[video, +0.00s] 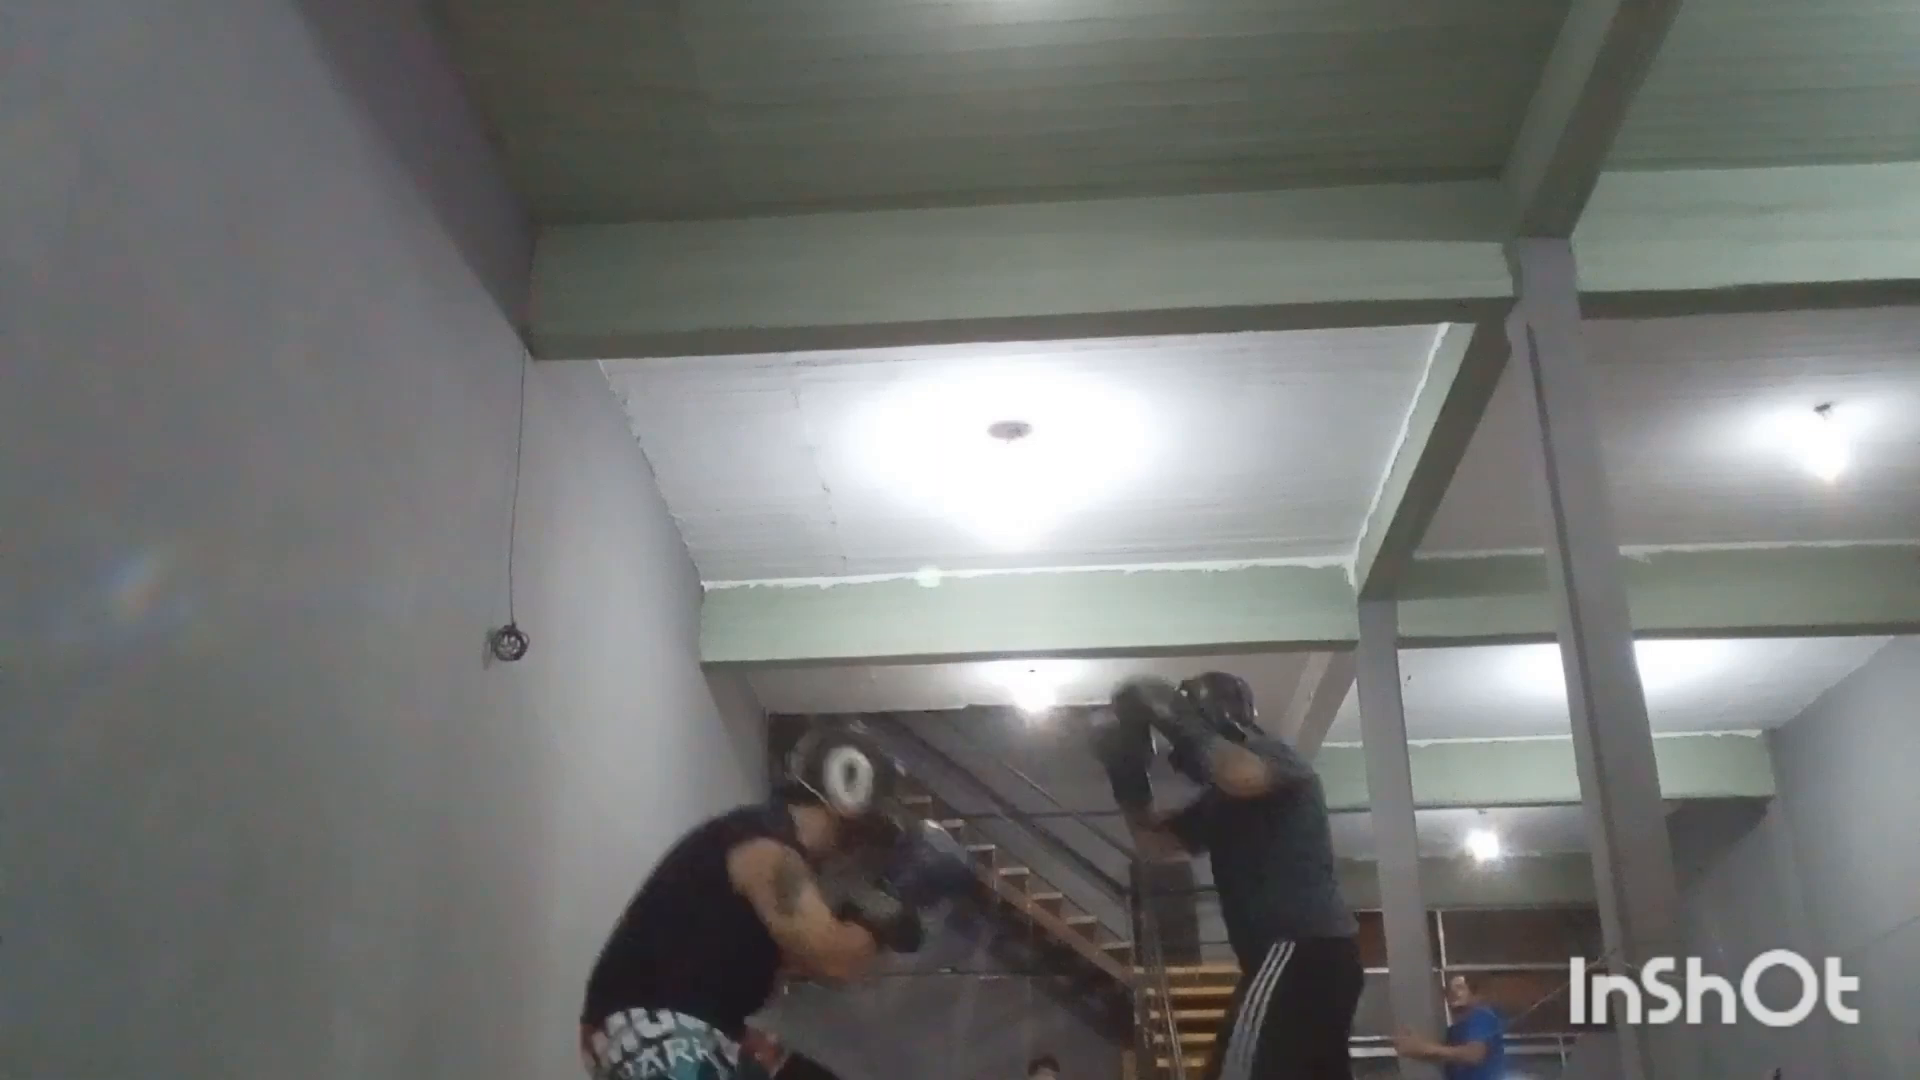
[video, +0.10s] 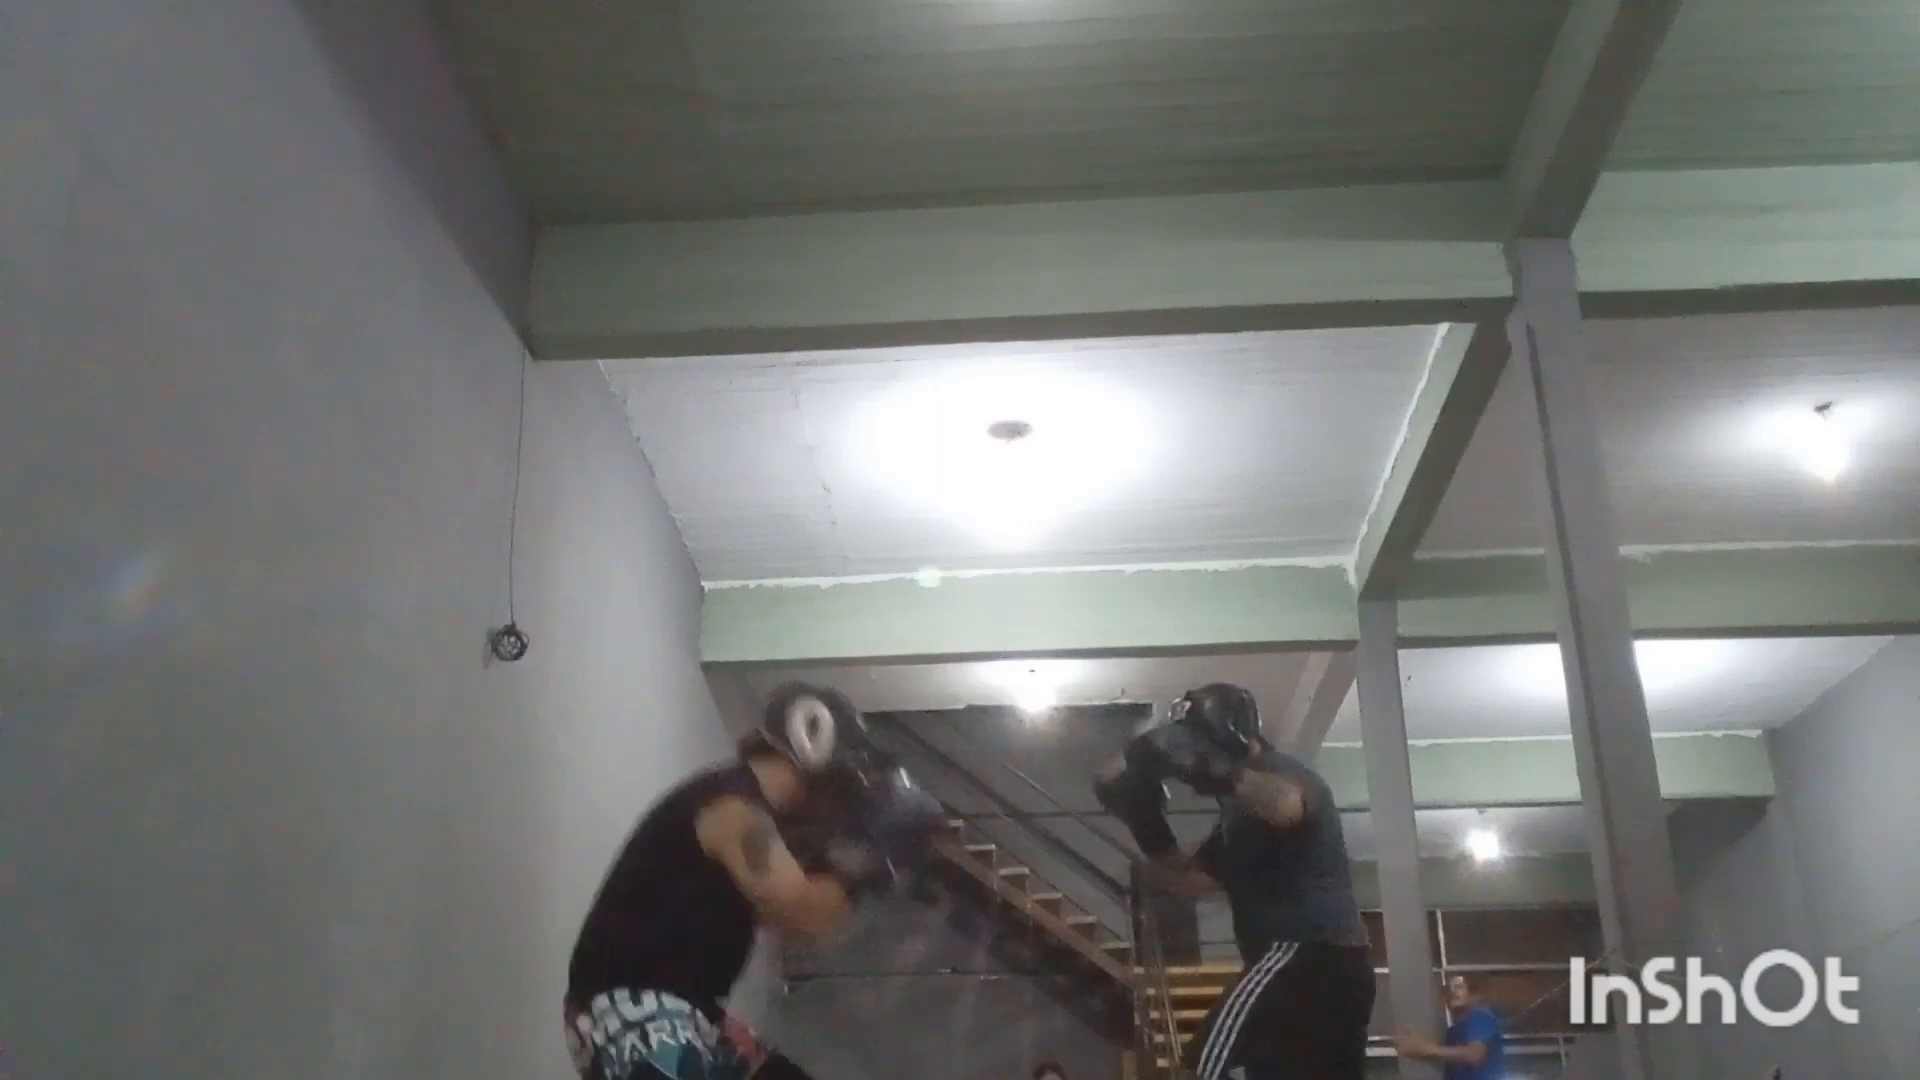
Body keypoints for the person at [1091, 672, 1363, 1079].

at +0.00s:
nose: (1179, 729)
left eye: (1187, 718)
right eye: (1180, 721)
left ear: (1211, 716)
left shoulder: (1277, 756)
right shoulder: (1227, 796)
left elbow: (1242, 777)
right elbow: (1154, 842)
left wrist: (1178, 718)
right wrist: (1126, 766)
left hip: (1305, 951)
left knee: (1241, 1069)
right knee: (1321, 1073)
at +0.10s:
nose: (1191, 756)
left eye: (1196, 738)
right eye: (1187, 741)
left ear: (1227, 732)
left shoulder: (1287, 771)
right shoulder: (1242, 812)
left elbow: (1287, 807)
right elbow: (1185, 879)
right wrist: (1143, 810)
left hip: (1310, 957)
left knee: (1207, 1064)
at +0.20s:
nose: (1187, 752)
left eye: (1190, 736)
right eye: (1183, 741)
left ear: (1215, 725)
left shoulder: (1274, 766)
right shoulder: (1243, 805)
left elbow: (1265, 807)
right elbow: (1198, 889)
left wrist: (1176, 760)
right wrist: (1149, 829)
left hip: (1305, 959)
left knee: (1236, 1070)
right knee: (1335, 1072)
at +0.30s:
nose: (1164, 719)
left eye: (1168, 705)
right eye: (1161, 708)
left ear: (1191, 701)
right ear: (1221, 698)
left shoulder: (1238, 744)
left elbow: (1186, 764)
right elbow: (1166, 856)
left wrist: (1127, 710)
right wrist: (1113, 776)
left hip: (1281, 944)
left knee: (1212, 1069)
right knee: (1328, 1070)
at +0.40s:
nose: (1147, 705)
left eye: (1148, 691)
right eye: (1144, 697)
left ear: (1170, 676)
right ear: (1198, 670)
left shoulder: (1220, 710)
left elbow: (1151, 728)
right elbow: (1138, 816)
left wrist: (1098, 669)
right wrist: (1101, 753)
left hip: (1270, 917)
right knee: (1301, 1061)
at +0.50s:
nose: (1136, 708)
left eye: (1137, 696)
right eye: (1133, 698)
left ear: (1155, 681)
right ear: (1189, 670)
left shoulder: (1211, 706)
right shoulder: (1190, 756)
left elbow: (1126, 720)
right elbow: (1123, 812)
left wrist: (1086, 671)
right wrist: (1097, 771)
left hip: (1253, 911)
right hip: (1300, 911)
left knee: (1155, 1057)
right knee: (1284, 1069)